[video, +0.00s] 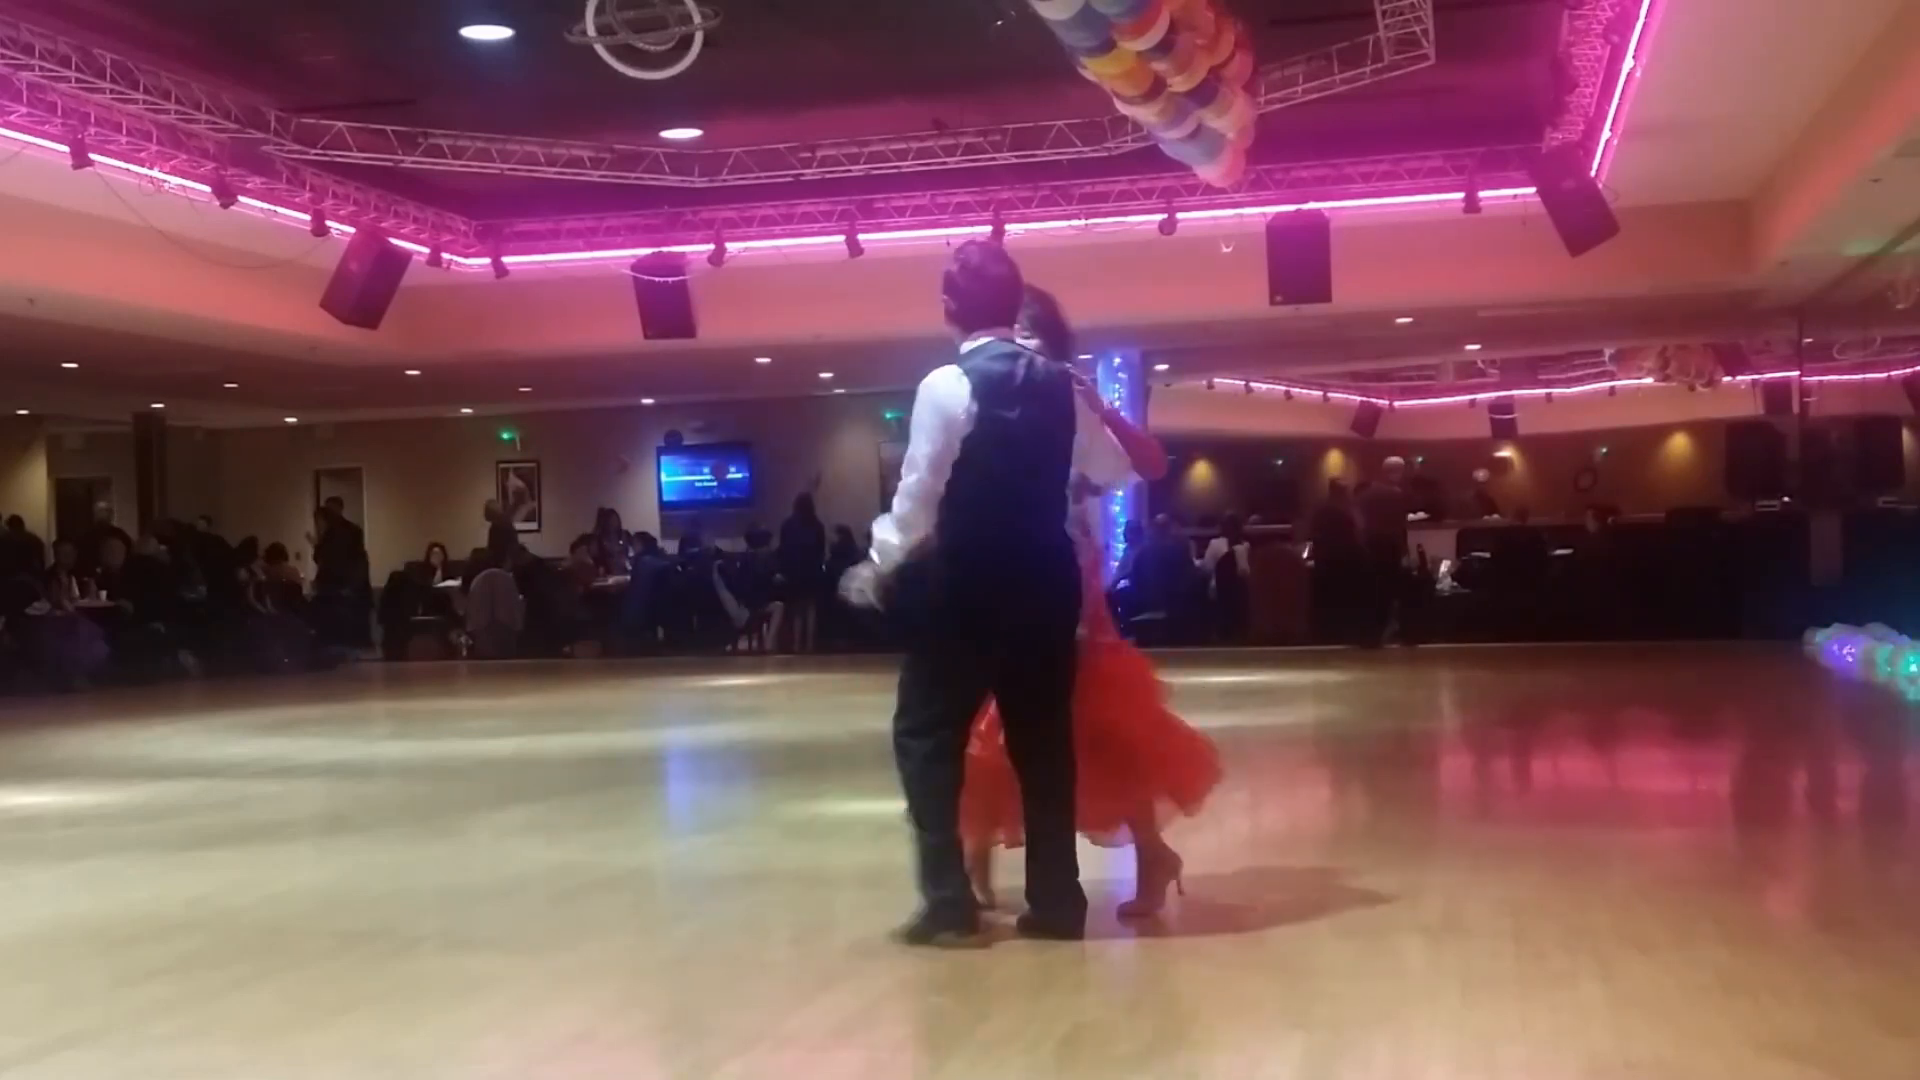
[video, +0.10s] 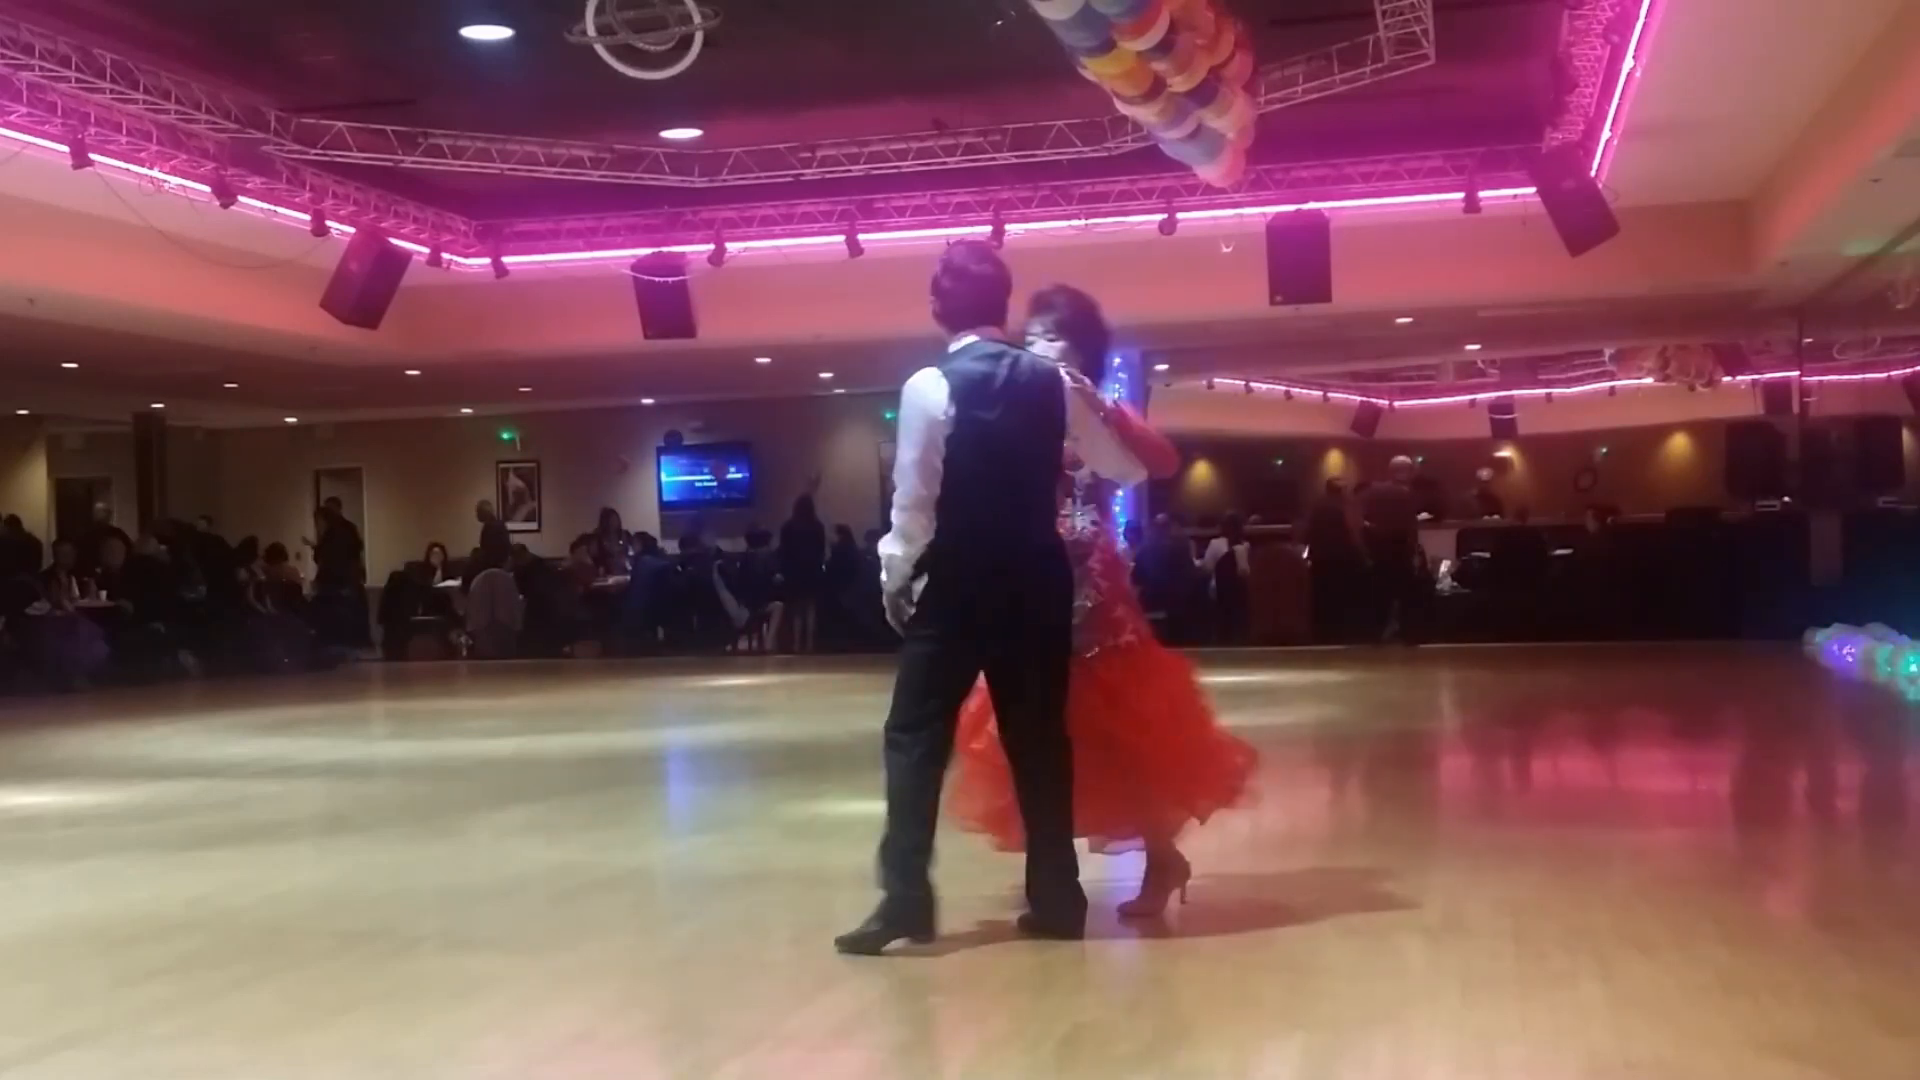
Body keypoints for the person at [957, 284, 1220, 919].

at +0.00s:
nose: (1021, 343)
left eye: (1033, 332)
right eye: (1013, 332)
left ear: (1057, 343)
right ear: (998, 339)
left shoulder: (1077, 399)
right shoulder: (983, 407)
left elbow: (1153, 463)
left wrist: (1095, 410)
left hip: (1072, 588)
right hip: (999, 585)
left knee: (1100, 715)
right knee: (981, 731)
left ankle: (1150, 850)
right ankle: (977, 878)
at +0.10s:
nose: (1045, 348)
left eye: (1059, 337)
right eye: (1035, 337)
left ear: (1090, 348)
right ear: (1022, 344)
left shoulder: (1103, 409)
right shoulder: (1008, 404)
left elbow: (1165, 461)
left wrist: (1097, 407)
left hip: (1085, 564)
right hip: (1025, 565)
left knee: (1106, 707)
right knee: (1027, 714)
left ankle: (1160, 851)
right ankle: (1048, 869)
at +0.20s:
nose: (1062, 349)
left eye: (1075, 337)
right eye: (1055, 337)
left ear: (1109, 347)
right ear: (1047, 346)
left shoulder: (1121, 406)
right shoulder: (1048, 410)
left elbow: (1165, 456)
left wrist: (1091, 406)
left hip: (1108, 571)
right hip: (1063, 571)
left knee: (1110, 713)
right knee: (1098, 715)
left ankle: (1159, 850)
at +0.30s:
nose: (1075, 352)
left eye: (1090, 339)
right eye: (1073, 339)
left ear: (1127, 348)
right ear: (1076, 346)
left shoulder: (1130, 401)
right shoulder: (1097, 411)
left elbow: (1159, 452)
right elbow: (1099, 518)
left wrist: (1080, 408)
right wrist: (1059, 579)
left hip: (1128, 576)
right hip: (1110, 577)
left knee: (1133, 721)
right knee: (1137, 719)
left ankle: (1171, 858)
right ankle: (1202, 842)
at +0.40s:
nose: (1090, 348)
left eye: (1103, 336)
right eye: (1087, 336)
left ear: (1138, 344)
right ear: (1092, 341)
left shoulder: (1137, 395)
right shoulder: (1115, 405)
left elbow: (1155, 444)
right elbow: (1120, 518)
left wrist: (1075, 404)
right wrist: (1093, 582)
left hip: (1139, 579)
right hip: (1136, 577)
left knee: (1121, 721)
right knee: (1153, 722)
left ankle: (1163, 859)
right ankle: (1229, 851)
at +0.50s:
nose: (1092, 350)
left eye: (1104, 338)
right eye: (1090, 338)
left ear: (1138, 345)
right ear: (1127, 349)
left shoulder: (1141, 397)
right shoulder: (1133, 405)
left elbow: (1154, 433)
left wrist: (1082, 398)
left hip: (1146, 574)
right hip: (1151, 572)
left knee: (1091, 712)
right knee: (1180, 717)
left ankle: (1150, 851)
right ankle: (1233, 854)